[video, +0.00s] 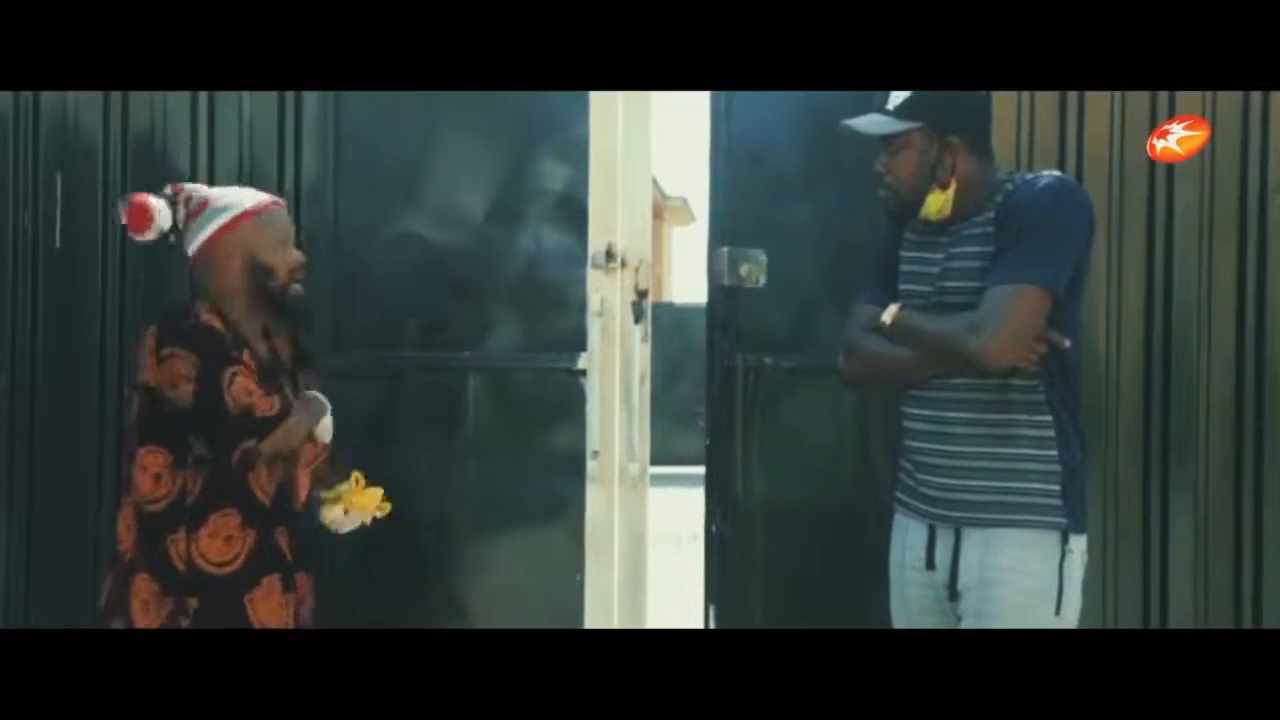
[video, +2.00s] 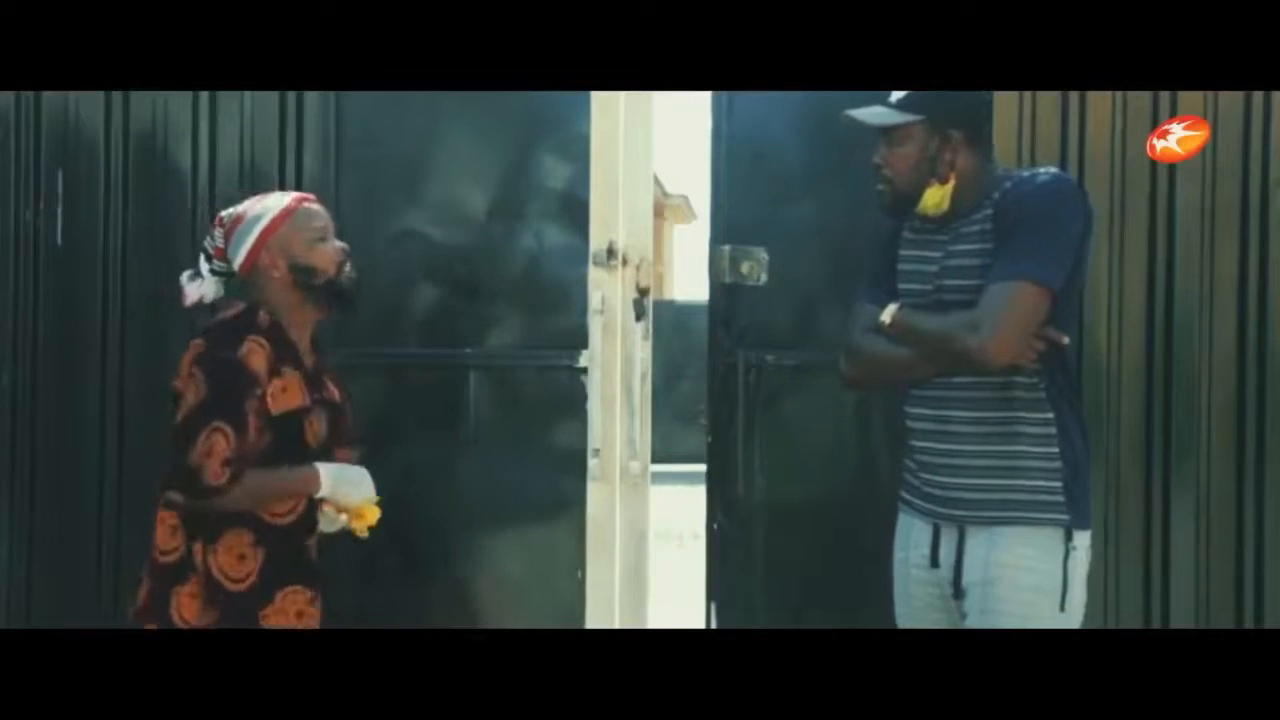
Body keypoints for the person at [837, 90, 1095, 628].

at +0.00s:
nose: (878, 169)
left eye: (894, 149)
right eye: (879, 151)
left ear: (950, 150)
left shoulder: (1047, 200)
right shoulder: (904, 226)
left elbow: (995, 346)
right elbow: (854, 359)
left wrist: (894, 318)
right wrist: (982, 342)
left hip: (1022, 523)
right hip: (918, 514)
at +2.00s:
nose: (877, 159)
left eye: (895, 142)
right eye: (879, 142)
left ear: (951, 145)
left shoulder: (1045, 197)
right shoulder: (903, 222)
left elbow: (995, 344)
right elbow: (856, 360)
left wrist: (892, 317)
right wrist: (983, 339)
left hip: (1026, 521)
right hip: (923, 512)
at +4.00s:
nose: (879, 160)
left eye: (896, 143)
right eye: (880, 144)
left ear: (955, 145)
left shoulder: (1048, 198)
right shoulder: (905, 223)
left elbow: (994, 343)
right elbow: (855, 361)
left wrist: (892, 317)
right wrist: (979, 339)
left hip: (1026, 521)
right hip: (922, 512)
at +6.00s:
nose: (1001, 151)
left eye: (1018, 132)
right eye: (1001, 133)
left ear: (1076, 136)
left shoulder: (1170, 192)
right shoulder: (1012, 217)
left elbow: (1102, 328)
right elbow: (949, 341)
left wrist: (992, 297)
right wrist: (1079, 326)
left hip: (1125, 527)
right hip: (1006, 515)